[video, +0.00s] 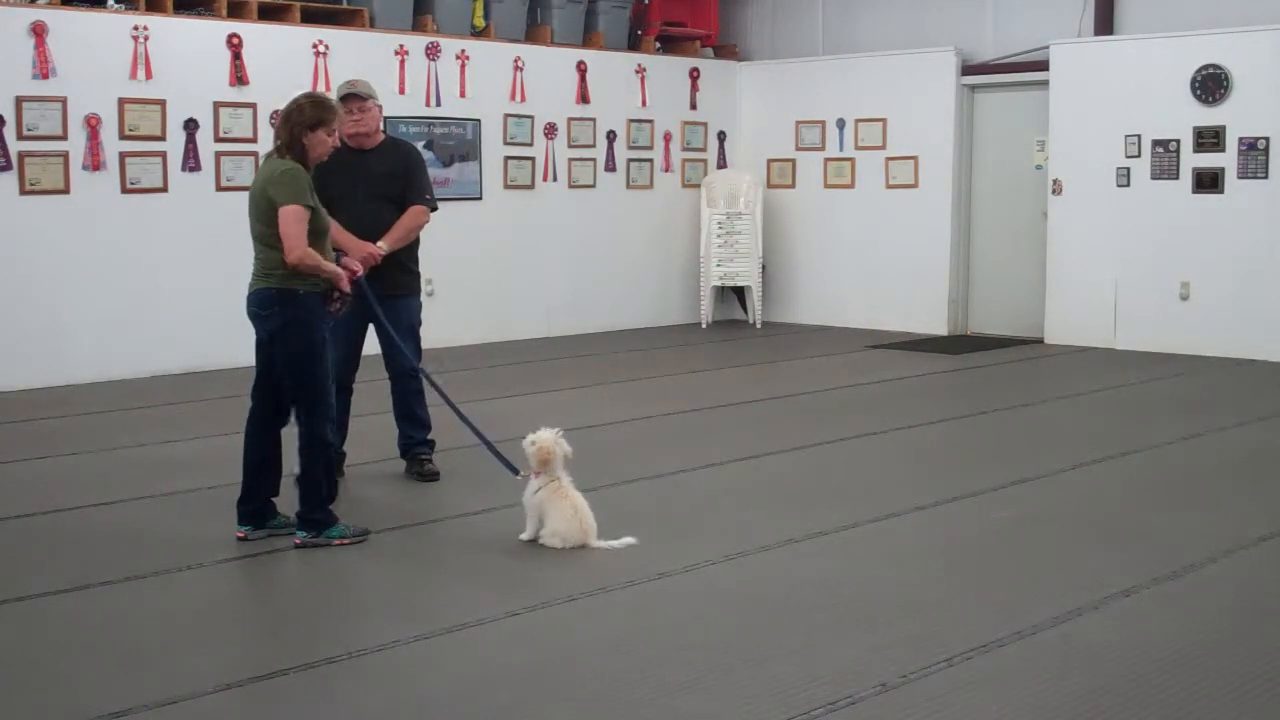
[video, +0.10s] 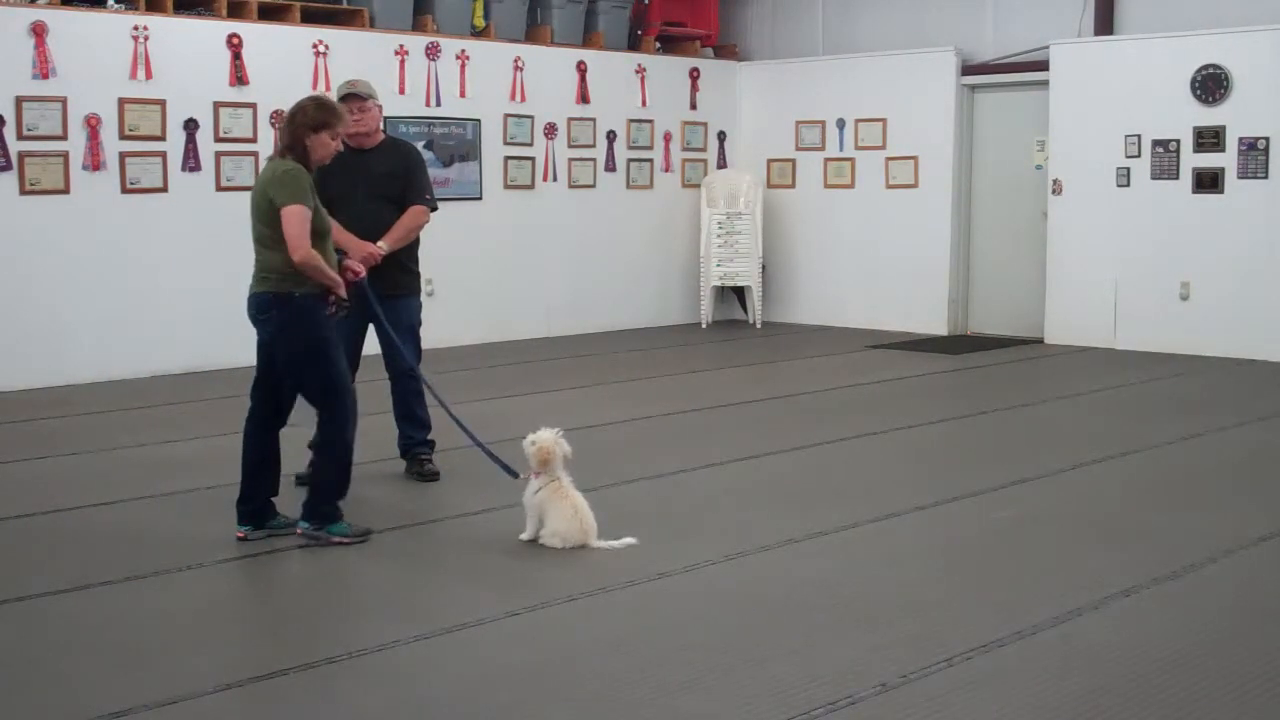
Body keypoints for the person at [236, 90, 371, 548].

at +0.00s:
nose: (334, 144)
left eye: (335, 135)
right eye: (331, 134)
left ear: (301, 132)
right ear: (308, 132)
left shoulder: (279, 171)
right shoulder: (290, 176)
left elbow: (310, 234)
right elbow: (296, 253)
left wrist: (339, 258)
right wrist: (334, 271)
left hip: (276, 299)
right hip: (293, 302)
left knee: (268, 410)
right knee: (318, 412)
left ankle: (255, 514)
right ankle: (316, 519)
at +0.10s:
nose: (337, 148)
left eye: (339, 140)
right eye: (334, 139)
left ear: (307, 135)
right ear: (310, 134)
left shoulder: (285, 172)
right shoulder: (290, 176)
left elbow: (310, 237)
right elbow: (300, 251)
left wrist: (340, 262)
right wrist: (334, 280)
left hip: (278, 301)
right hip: (293, 304)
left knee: (267, 410)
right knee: (339, 403)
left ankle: (255, 514)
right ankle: (322, 515)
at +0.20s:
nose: (347, 150)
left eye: (349, 141)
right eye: (342, 140)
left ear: (315, 138)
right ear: (317, 136)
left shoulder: (294, 174)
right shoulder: (299, 177)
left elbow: (323, 231)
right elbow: (304, 251)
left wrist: (352, 258)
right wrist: (336, 280)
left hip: (282, 303)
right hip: (296, 306)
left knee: (268, 412)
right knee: (348, 399)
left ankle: (255, 513)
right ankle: (341, 513)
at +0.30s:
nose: (363, 154)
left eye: (364, 146)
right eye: (358, 144)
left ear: (331, 140)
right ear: (335, 138)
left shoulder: (307, 177)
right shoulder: (314, 179)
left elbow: (331, 236)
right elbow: (317, 253)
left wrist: (356, 257)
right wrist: (348, 280)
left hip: (287, 306)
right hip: (303, 307)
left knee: (270, 414)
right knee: (351, 405)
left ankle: (256, 515)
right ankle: (375, 515)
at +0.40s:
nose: (387, 161)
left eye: (389, 153)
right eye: (382, 152)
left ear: (355, 147)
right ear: (358, 146)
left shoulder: (320, 178)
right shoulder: (338, 184)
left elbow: (328, 246)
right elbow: (338, 259)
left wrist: (362, 263)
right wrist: (359, 287)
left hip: (292, 308)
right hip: (317, 311)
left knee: (273, 416)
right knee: (361, 414)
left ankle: (255, 514)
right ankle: (391, 518)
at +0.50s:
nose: (414, 173)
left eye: (417, 166)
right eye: (411, 164)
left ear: (384, 153)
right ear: (388, 153)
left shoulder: (340, 181)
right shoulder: (367, 190)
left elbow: (332, 249)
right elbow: (363, 269)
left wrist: (375, 275)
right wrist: (377, 290)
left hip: (297, 306)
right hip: (329, 310)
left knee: (281, 413)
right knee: (373, 412)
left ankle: (256, 515)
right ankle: (391, 518)